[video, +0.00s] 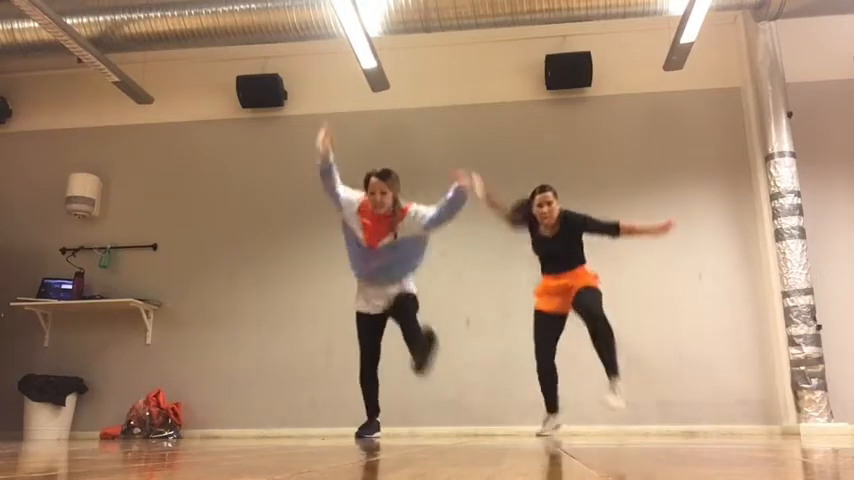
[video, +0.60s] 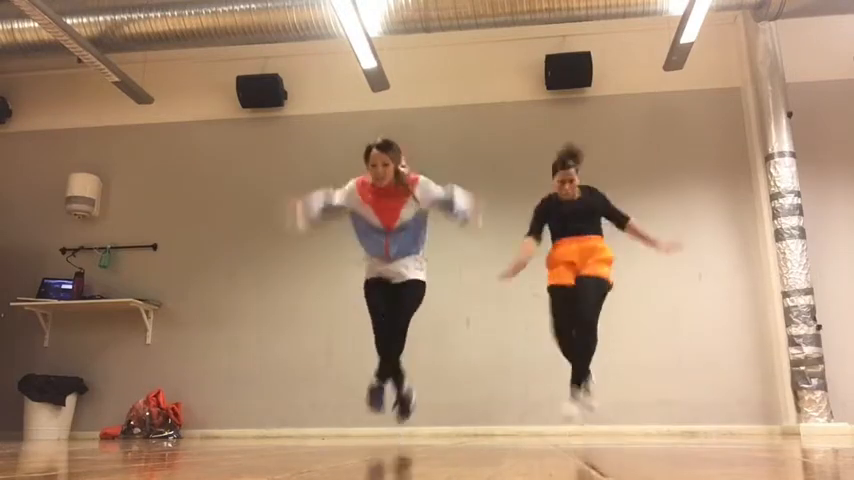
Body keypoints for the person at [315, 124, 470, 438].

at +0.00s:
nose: (377, 199)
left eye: (383, 193)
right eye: (373, 193)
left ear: (395, 193)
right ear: (366, 193)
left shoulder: (411, 216)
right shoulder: (354, 206)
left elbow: (439, 217)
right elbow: (334, 188)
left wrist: (459, 191)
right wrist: (325, 159)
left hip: (401, 287)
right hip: (368, 290)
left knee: (408, 316)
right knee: (368, 359)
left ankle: (421, 352)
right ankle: (372, 419)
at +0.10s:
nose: (381, 186)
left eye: (387, 181)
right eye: (376, 180)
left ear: (398, 181)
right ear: (368, 181)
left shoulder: (416, 205)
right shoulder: (356, 196)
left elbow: (446, 200)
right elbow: (328, 185)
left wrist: (477, 194)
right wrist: (321, 167)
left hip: (403, 275)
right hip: (372, 279)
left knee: (401, 291)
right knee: (371, 349)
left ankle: (392, 345)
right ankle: (374, 406)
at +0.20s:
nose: (384, 178)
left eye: (389, 172)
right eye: (378, 173)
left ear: (401, 173)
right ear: (370, 174)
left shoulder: (416, 204)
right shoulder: (357, 203)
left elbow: (446, 228)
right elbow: (336, 231)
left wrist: (466, 244)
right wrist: (331, 243)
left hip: (404, 280)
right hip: (371, 282)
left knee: (399, 338)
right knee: (371, 337)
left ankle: (392, 393)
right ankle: (374, 358)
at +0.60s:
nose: (378, 171)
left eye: (384, 165)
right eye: (373, 165)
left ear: (397, 165)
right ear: (367, 166)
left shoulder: (416, 186)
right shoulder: (357, 190)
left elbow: (451, 197)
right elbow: (329, 201)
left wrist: (461, 206)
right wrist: (307, 207)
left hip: (410, 268)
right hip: (377, 270)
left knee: (396, 325)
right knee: (382, 332)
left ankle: (379, 381)